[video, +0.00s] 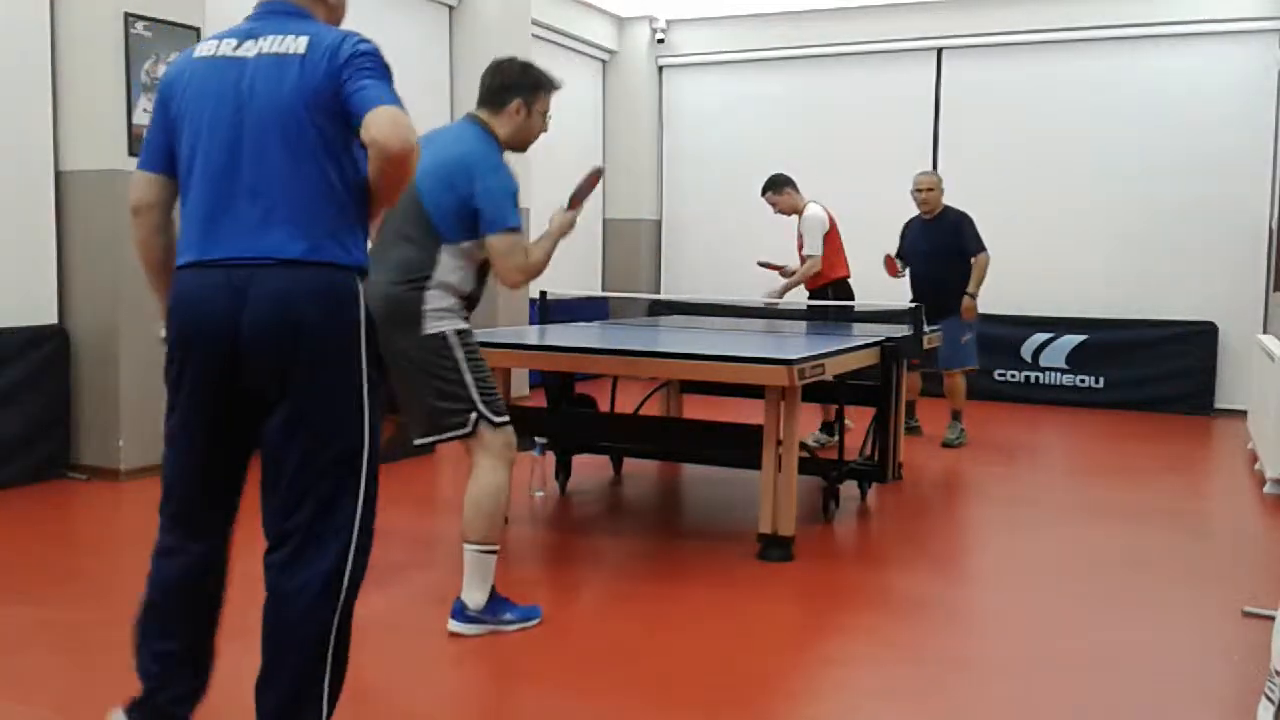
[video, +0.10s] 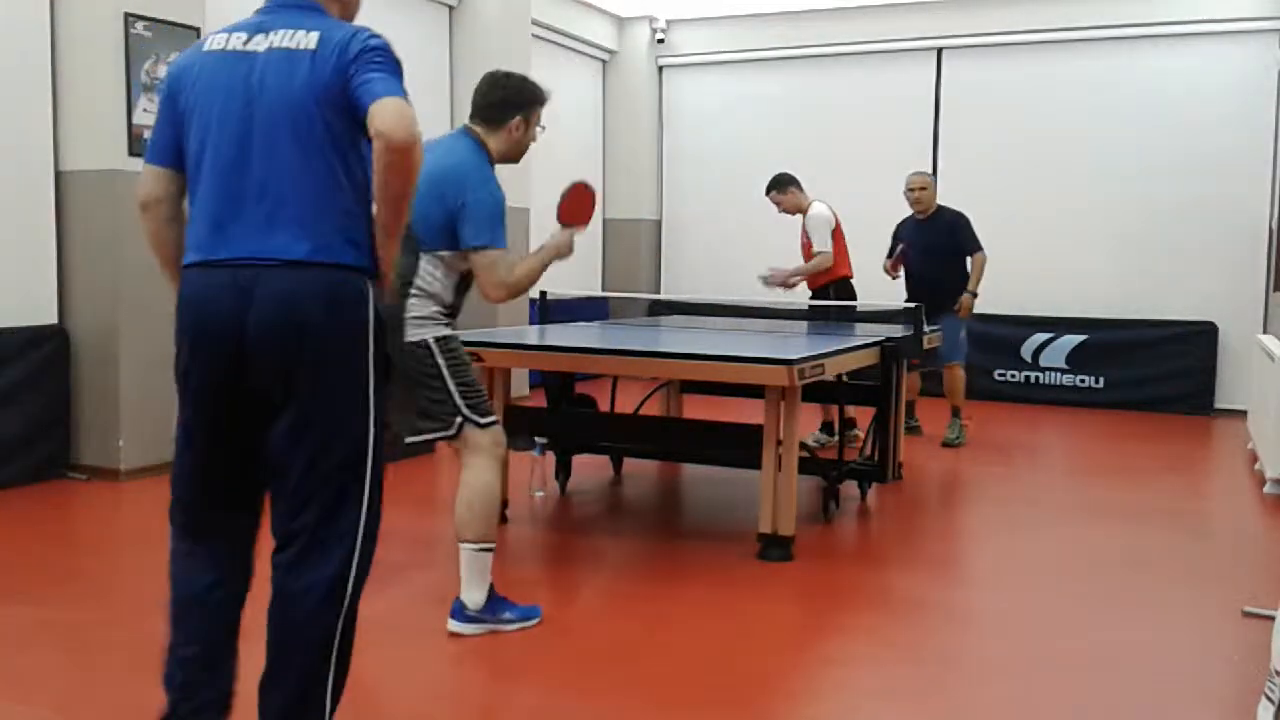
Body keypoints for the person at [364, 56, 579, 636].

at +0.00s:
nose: (544, 128)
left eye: (546, 116)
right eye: (542, 115)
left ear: (496, 105)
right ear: (516, 107)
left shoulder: (443, 142)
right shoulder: (486, 166)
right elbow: (516, 272)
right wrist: (555, 233)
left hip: (379, 305)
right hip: (424, 313)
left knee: (353, 444)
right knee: (496, 444)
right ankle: (476, 601)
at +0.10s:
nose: (533, 140)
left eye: (536, 130)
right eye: (534, 129)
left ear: (482, 116)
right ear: (515, 125)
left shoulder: (436, 154)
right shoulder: (474, 177)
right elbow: (499, 286)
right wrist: (551, 253)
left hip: (375, 325)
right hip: (418, 329)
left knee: (360, 458)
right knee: (484, 444)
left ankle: (326, 585)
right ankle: (475, 600)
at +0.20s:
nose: (528, 143)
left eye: (530, 133)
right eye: (529, 132)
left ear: (475, 119)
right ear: (513, 129)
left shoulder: (426, 155)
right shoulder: (475, 185)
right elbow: (482, 293)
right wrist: (541, 266)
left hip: (360, 312)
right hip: (404, 324)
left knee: (351, 454)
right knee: (465, 444)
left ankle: (321, 588)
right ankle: (474, 598)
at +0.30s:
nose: (524, 141)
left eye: (526, 131)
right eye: (525, 131)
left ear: (470, 119)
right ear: (511, 130)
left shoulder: (422, 154)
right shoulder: (474, 185)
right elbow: (476, 293)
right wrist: (539, 270)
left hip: (359, 310)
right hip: (402, 322)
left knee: (357, 454)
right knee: (455, 445)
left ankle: (324, 595)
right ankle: (473, 599)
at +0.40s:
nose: (522, 141)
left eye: (524, 132)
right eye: (523, 132)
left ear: (467, 120)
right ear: (509, 131)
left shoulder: (420, 156)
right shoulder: (475, 186)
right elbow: (478, 295)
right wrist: (538, 276)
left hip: (353, 308)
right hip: (399, 320)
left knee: (358, 453)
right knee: (454, 445)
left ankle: (323, 594)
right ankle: (474, 599)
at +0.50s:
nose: (521, 144)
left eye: (522, 134)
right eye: (521, 134)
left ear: (467, 123)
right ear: (508, 133)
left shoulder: (419, 158)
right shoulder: (475, 187)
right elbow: (480, 296)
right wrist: (540, 278)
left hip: (353, 311)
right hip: (400, 323)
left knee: (353, 450)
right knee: (458, 445)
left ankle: (317, 564)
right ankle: (474, 599)